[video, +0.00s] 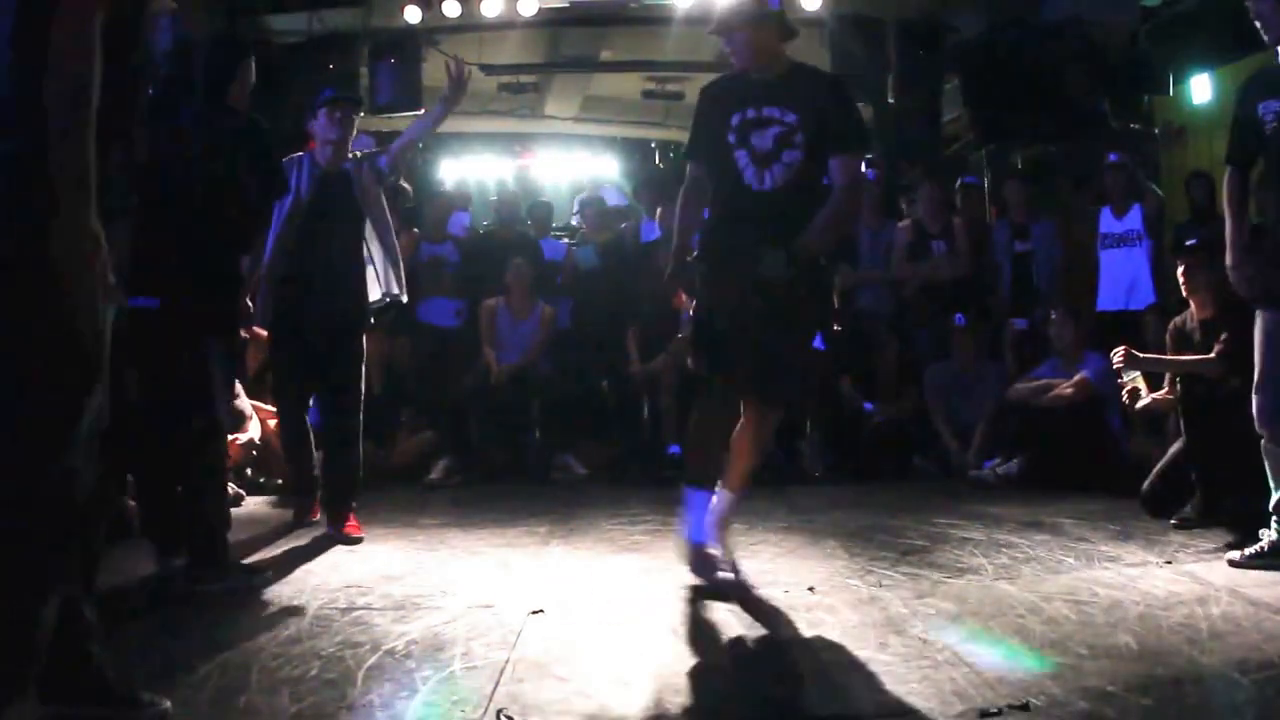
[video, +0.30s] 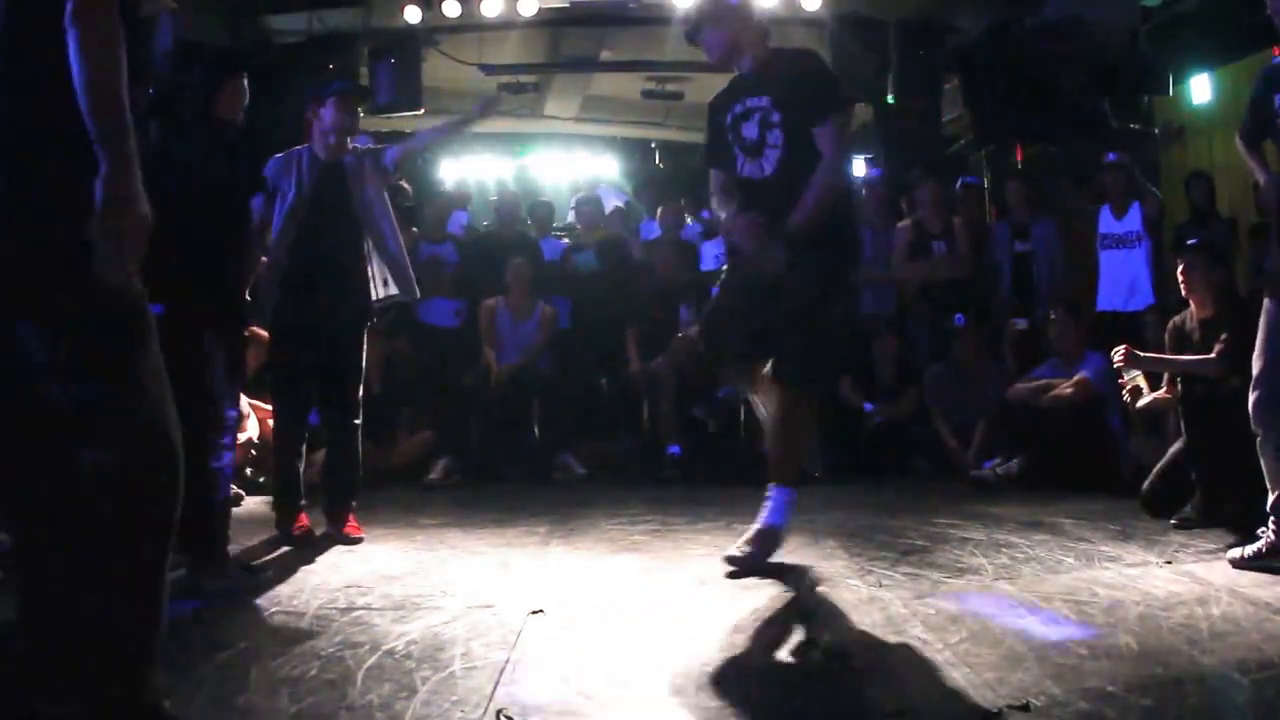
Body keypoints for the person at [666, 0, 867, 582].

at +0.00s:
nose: (729, 45)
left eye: (737, 33)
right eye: (725, 36)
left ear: (771, 31)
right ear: (731, 40)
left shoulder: (823, 91)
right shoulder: (717, 95)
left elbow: (848, 188)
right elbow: (695, 186)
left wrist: (809, 247)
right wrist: (676, 259)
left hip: (794, 266)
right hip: (724, 262)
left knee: (765, 402)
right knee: (716, 388)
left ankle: (715, 527)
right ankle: (695, 527)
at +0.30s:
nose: (704, 50)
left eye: (704, 34)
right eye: (699, 42)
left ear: (733, 19)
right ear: (716, 40)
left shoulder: (803, 65)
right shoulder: (723, 103)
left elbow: (835, 160)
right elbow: (718, 190)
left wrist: (790, 230)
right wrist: (736, 223)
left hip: (816, 239)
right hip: (757, 245)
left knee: (791, 375)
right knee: (725, 348)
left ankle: (771, 520)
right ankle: (787, 424)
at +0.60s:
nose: (711, 98)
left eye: (709, 86)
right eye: (706, 88)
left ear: (730, 73)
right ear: (753, 69)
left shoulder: (750, 106)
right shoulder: (805, 107)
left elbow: (752, 199)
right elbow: (820, 198)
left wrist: (753, 268)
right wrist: (751, 252)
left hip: (807, 271)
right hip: (846, 267)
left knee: (765, 382)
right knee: (832, 388)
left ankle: (844, 489)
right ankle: (840, 525)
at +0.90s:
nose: (741, 112)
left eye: (742, 104)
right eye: (740, 105)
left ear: (752, 100)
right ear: (789, 93)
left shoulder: (748, 148)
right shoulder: (831, 133)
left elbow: (733, 245)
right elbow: (840, 211)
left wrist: (745, 272)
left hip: (781, 283)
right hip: (837, 276)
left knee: (785, 394)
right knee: (821, 392)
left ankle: (812, 510)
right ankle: (806, 511)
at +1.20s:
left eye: (779, 85)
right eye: (812, 85)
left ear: (769, 87)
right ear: (822, 87)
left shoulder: (743, 123)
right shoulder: (847, 128)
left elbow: (714, 225)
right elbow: (868, 217)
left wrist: (749, 261)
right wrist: (850, 257)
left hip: (760, 284)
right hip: (829, 284)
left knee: (765, 391)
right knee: (830, 406)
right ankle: (818, 535)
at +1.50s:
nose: (716, 71)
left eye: (716, 63)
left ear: (718, 62)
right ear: (772, 58)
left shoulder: (701, 102)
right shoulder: (808, 91)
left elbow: (679, 208)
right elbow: (826, 185)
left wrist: (675, 272)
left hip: (739, 284)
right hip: (819, 278)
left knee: (747, 427)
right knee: (842, 413)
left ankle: (764, 595)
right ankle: (878, 565)